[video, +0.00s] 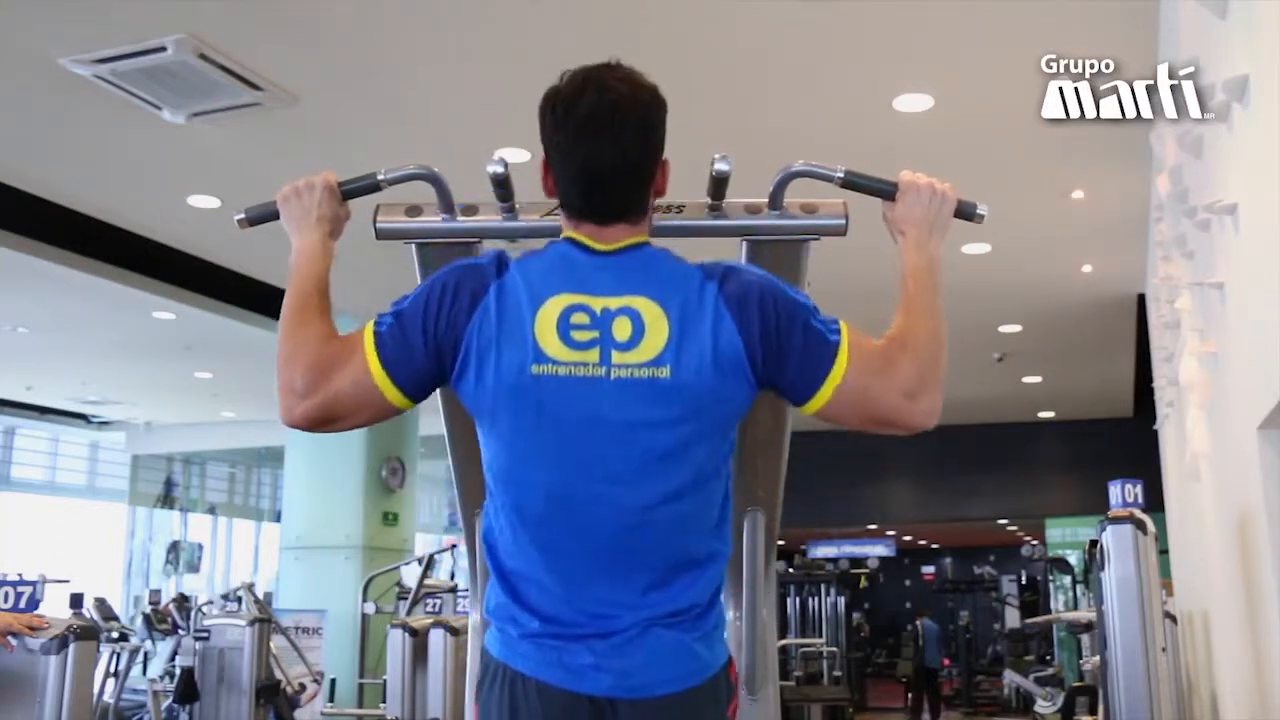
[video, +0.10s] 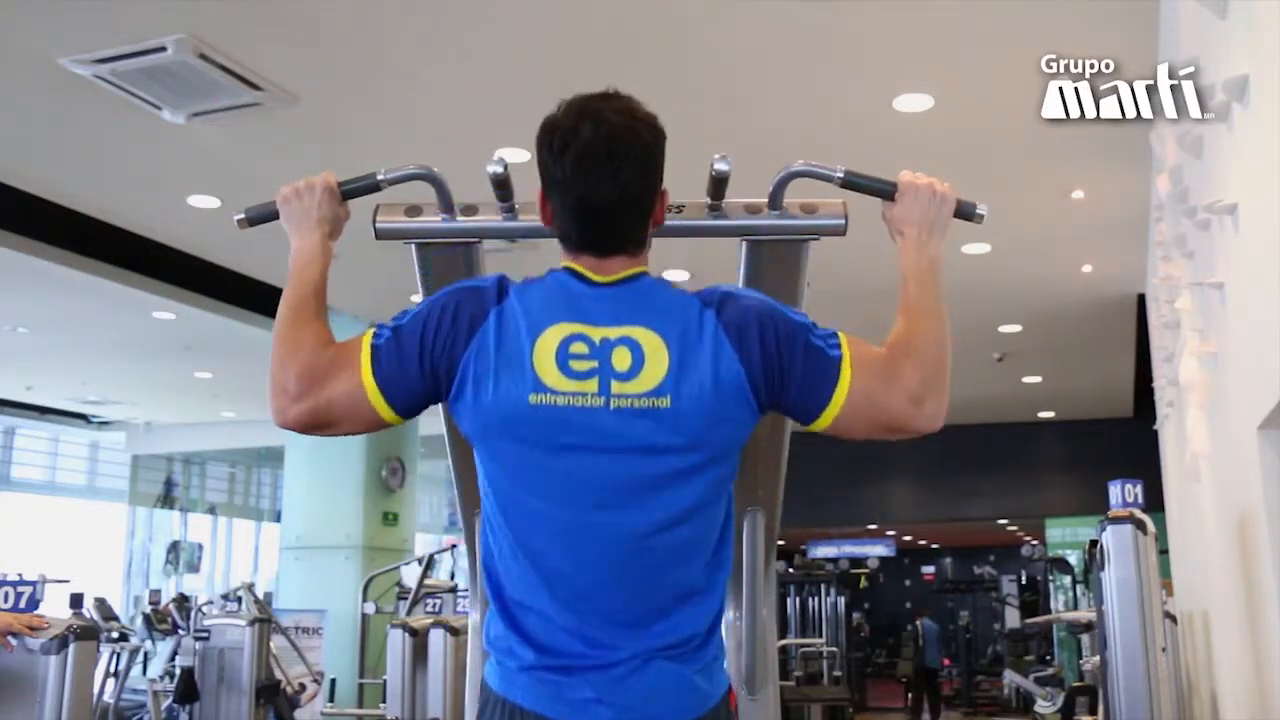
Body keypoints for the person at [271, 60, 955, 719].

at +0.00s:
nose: (664, 168)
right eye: (662, 157)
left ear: (545, 179)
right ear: (663, 179)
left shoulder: (478, 299)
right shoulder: (734, 304)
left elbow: (306, 397)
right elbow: (910, 399)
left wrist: (310, 241)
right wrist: (921, 242)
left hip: (527, 679)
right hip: (680, 680)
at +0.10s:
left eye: (540, 183)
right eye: (661, 186)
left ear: (542, 206)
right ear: (662, 207)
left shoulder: (477, 322)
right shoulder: (734, 330)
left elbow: (299, 397)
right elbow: (916, 401)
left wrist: (309, 245)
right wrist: (922, 244)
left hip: (526, 693)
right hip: (683, 693)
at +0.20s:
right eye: (662, 215)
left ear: (541, 235)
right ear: (661, 238)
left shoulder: (476, 345)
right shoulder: (732, 356)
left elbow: (295, 397)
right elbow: (919, 400)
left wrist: (309, 241)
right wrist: (924, 243)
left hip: (525, 701)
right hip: (682, 701)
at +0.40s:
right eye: (660, 283)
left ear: (542, 306)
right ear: (663, 307)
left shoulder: (473, 408)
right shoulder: (732, 423)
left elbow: (297, 401)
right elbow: (913, 407)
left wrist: (310, 246)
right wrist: (920, 246)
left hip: (523, 711)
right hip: (682, 712)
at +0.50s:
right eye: (661, 325)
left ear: (540, 348)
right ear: (662, 350)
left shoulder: (472, 439)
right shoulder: (731, 456)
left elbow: (303, 403)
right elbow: (906, 409)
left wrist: (311, 245)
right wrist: (920, 244)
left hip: (522, 708)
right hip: (685, 709)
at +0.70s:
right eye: (663, 381)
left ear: (536, 408)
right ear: (663, 412)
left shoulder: (475, 500)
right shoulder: (725, 516)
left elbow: (321, 404)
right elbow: (882, 410)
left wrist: (311, 243)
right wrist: (916, 246)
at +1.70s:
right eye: (663, 454)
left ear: (541, 479)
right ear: (666, 485)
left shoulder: (484, 559)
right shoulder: (724, 573)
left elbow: (353, 407)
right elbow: (844, 405)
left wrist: (316, 239)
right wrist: (909, 250)